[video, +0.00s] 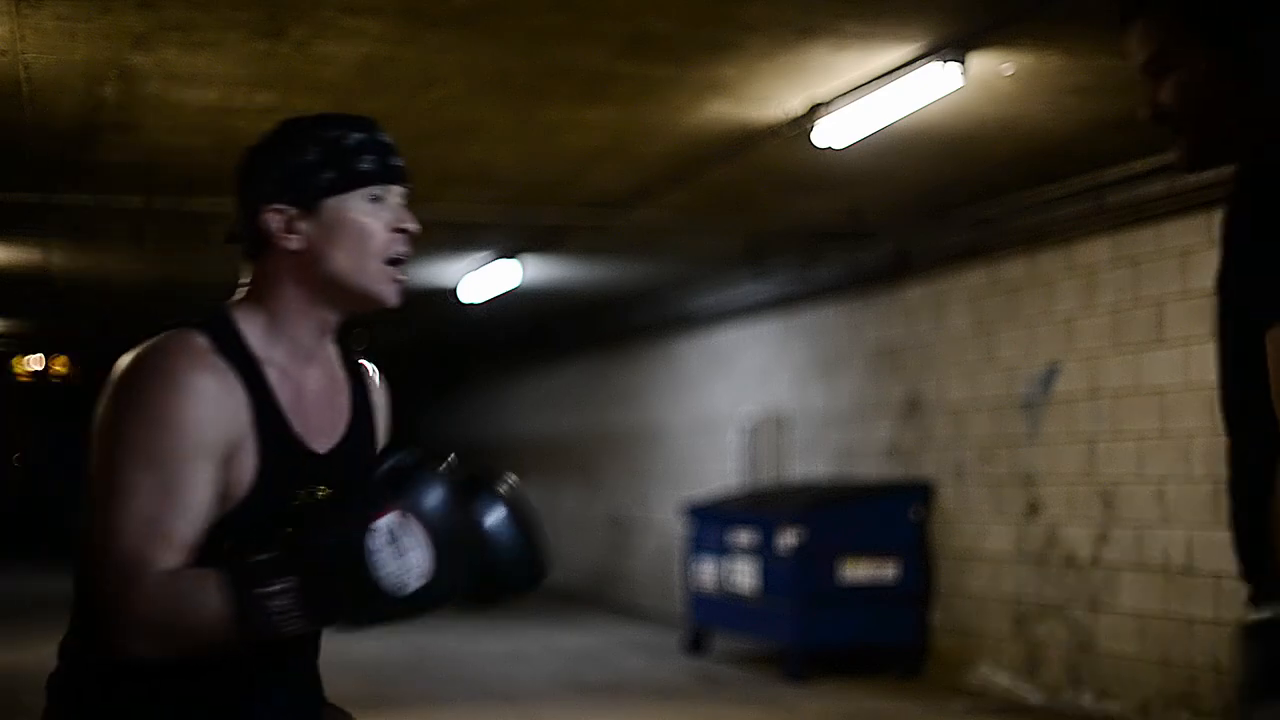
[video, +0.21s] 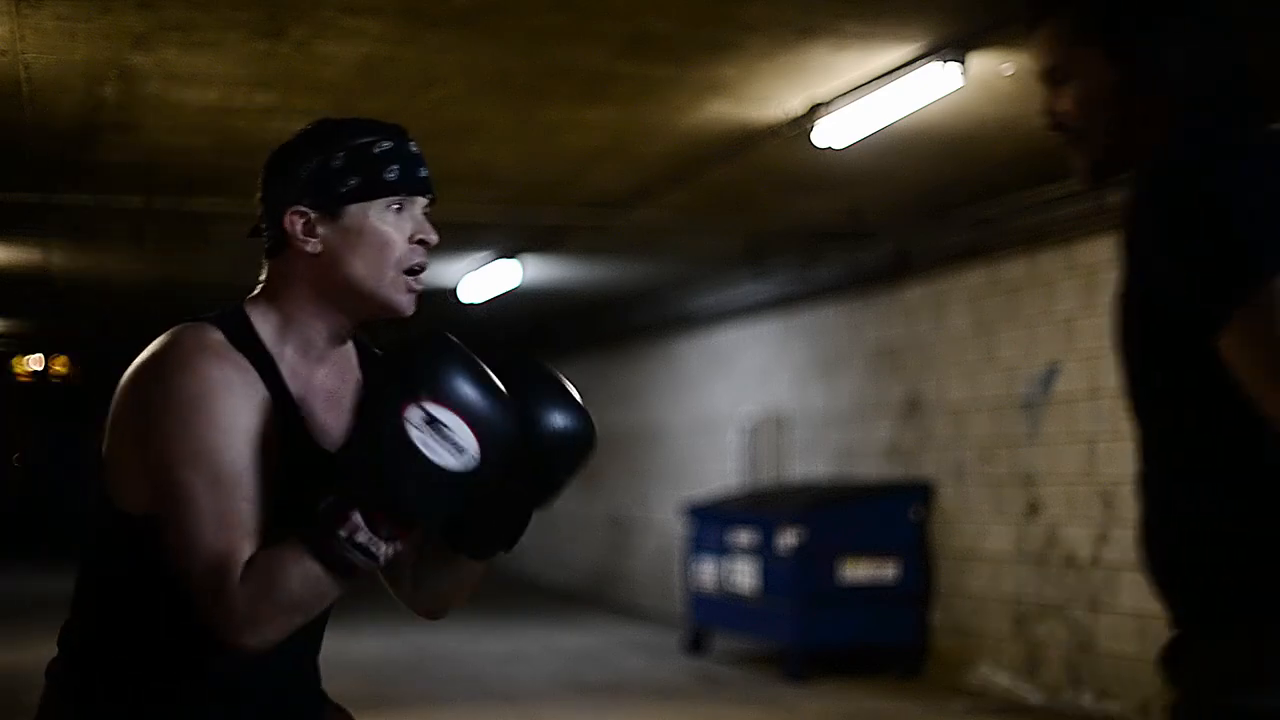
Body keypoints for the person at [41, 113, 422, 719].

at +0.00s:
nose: (409, 225)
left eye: (403, 205)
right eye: (378, 202)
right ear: (288, 227)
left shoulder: (366, 390)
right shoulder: (180, 382)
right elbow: (128, 609)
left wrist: (434, 542)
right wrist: (316, 580)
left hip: (282, 695)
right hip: (147, 703)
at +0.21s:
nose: (428, 235)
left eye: (423, 212)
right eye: (398, 208)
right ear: (306, 228)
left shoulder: (370, 379)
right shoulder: (195, 374)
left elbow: (428, 593)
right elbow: (239, 614)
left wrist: (503, 489)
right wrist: (377, 510)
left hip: (281, 697)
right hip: (143, 699)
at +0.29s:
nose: (408, 238)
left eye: (403, 215)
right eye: (377, 211)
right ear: (286, 233)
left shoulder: (348, 378)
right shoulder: (175, 378)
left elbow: (424, 591)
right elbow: (221, 620)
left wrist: (487, 481)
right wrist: (357, 502)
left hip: (262, 698)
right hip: (124, 706)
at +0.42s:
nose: (364, 233)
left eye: (360, 212)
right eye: (334, 207)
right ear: (243, 231)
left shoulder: (304, 376)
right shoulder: (134, 376)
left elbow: (358, 597)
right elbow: (146, 616)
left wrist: (423, 496)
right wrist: (293, 524)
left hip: (239, 703)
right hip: (98, 714)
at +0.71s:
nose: (287, 217)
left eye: (285, 196)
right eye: (253, 193)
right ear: (167, 222)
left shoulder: (247, 358)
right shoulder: (71, 363)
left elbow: (300, 579)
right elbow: (84, 604)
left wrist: (360, 483)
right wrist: (217, 500)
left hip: (206, 695)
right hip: (79, 711)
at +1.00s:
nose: (390, 228)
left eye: (388, 208)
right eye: (358, 204)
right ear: (270, 227)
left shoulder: (324, 368)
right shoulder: (167, 362)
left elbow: (409, 594)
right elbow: (220, 595)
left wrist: (452, 451)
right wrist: (325, 465)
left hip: (269, 695)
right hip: (136, 701)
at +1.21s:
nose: (391, 260)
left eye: (388, 234)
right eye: (367, 232)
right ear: (275, 245)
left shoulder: (289, 377)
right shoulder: (173, 376)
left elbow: (397, 581)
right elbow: (291, 596)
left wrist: (456, 429)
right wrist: (367, 429)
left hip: (235, 699)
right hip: (121, 708)